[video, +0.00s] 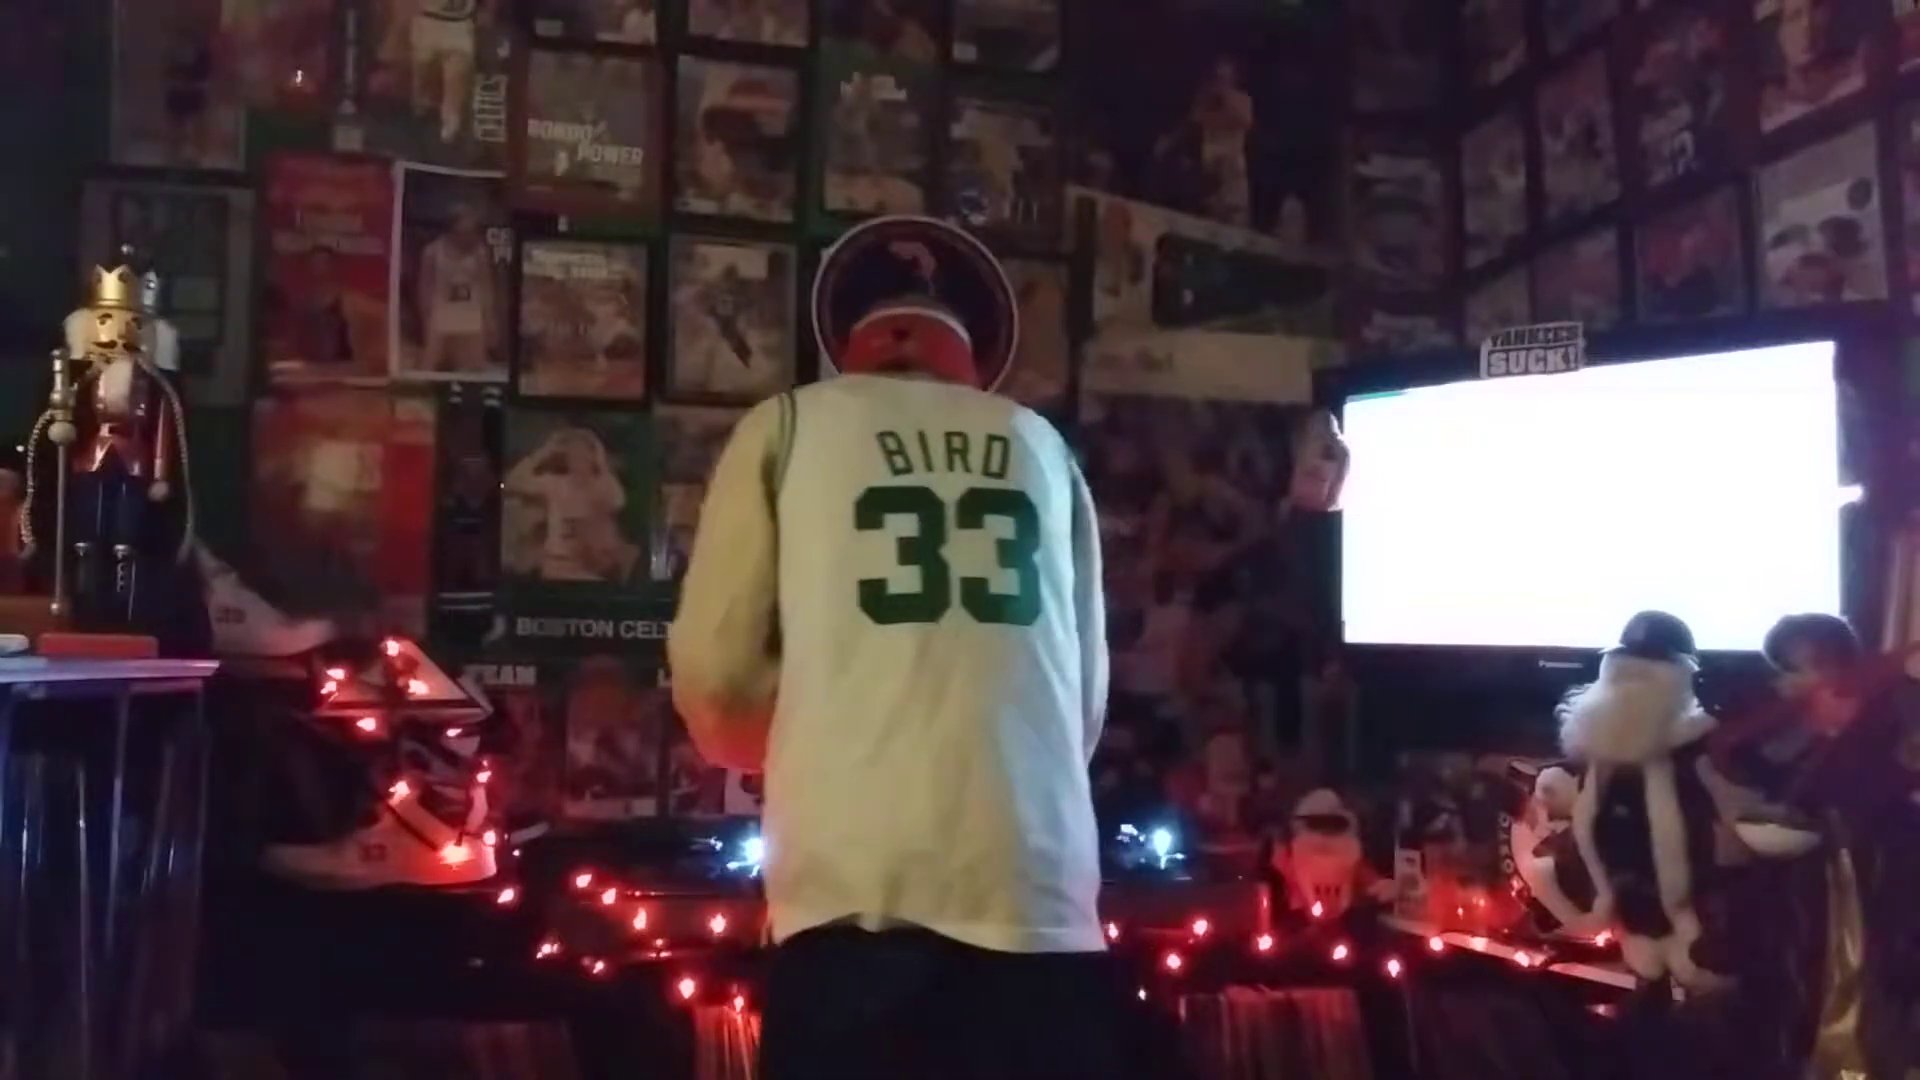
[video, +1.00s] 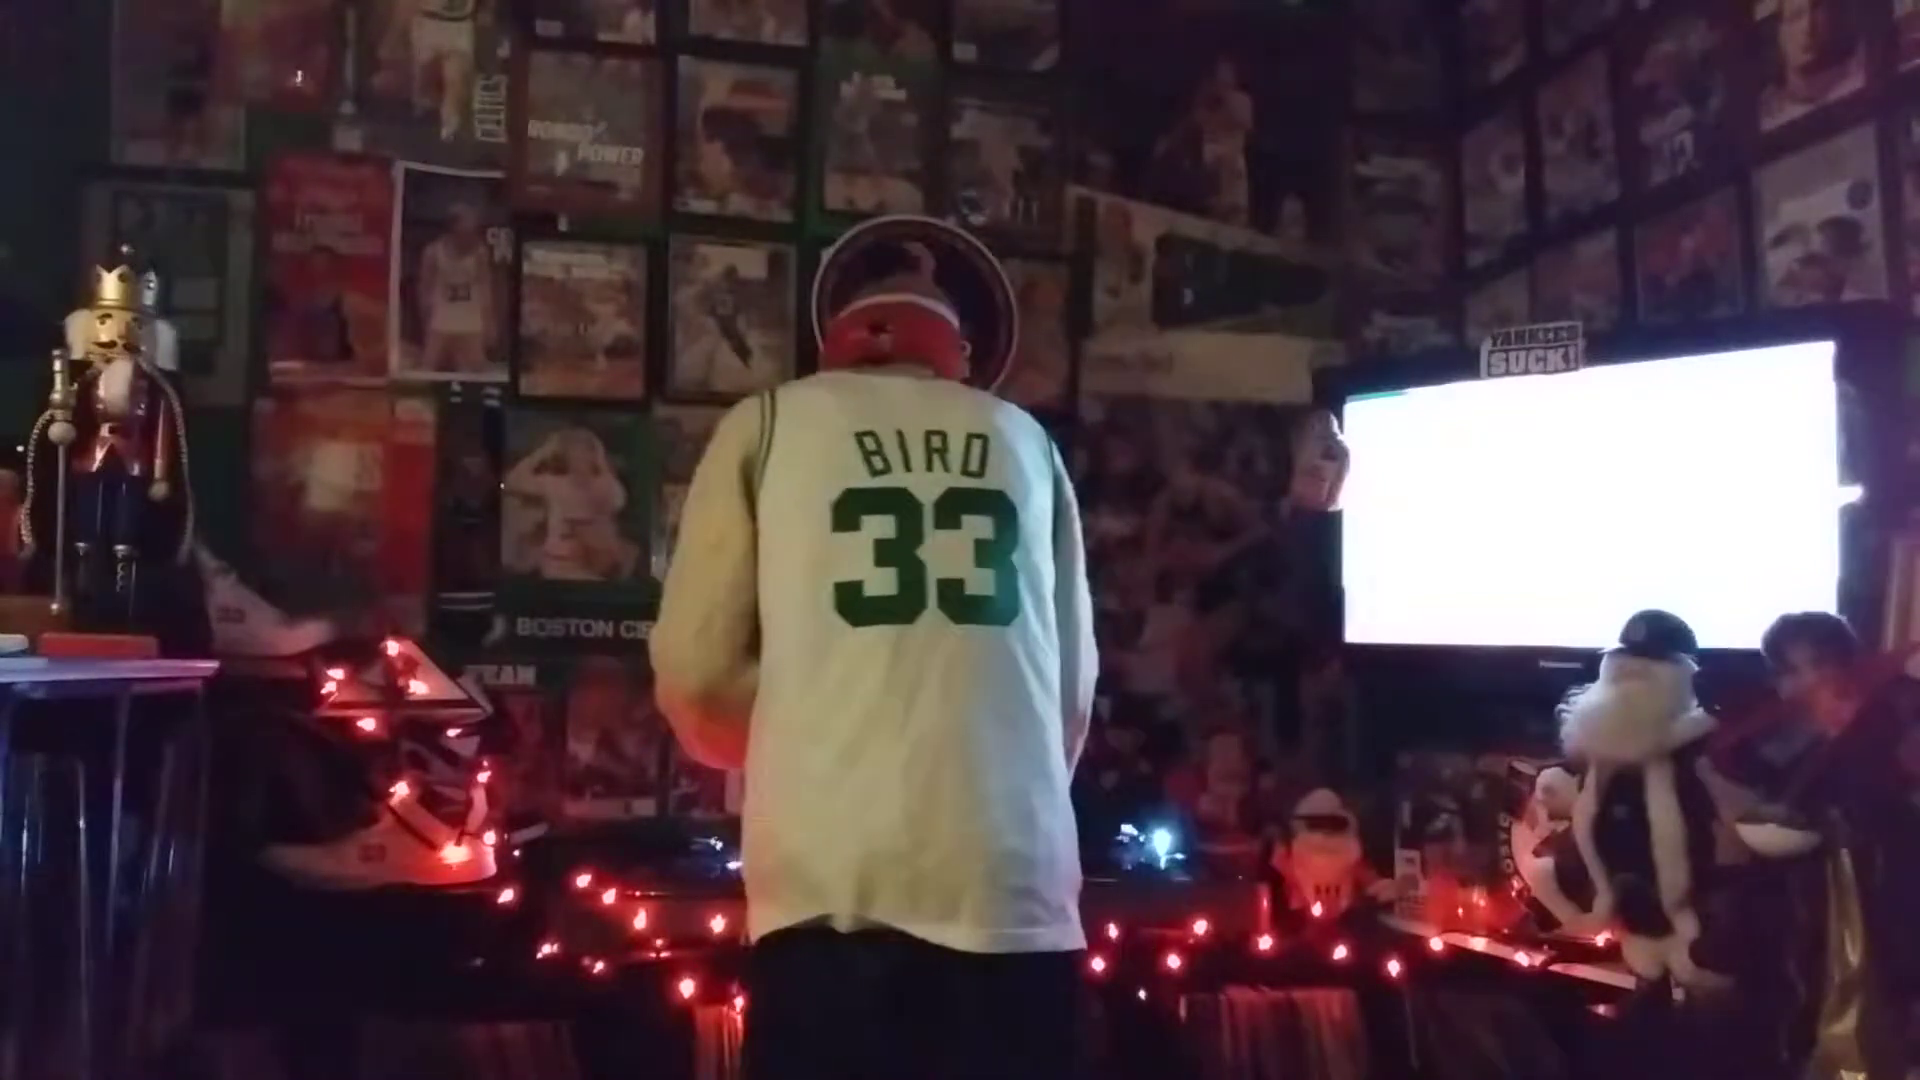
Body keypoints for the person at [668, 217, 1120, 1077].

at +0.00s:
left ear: (840, 344)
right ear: (977, 349)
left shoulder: (781, 426)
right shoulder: (1050, 449)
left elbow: (712, 673)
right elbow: (1084, 703)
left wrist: (817, 767)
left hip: (847, 928)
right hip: (1043, 932)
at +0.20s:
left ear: (828, 342)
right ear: (967, 354)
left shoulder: (757, 427)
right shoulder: (1025, 447)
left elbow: (684, 671)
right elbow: (1073, 692)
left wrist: (800, 757)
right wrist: (1012, 812)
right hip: (1010, 912)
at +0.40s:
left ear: (827, 345)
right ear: (955, 361)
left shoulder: (740, 431)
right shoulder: (1013, 450)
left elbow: (670, 673)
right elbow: (1064, 691)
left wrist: (791, 758)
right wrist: (1016, 815)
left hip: (799, 905)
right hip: (992, 904)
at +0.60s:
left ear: (826, 342)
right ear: (953, 359)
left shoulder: (736, 431)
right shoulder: (1009, 449)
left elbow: (665, 670)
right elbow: (1060, 691)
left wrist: (783, 758)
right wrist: (1013, 820)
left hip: (790, 901)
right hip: (983, 902)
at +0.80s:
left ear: (824, 338)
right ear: (955, 354)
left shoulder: (743, 428)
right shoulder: (1015, 446)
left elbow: (673, 672)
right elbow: (1062, 691)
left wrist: (791, 755)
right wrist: (1010, 818)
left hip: (800, 893)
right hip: (992, 894)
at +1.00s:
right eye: (948, 321)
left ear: (828, 337)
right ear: (963, 348)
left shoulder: (763, 424)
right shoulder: (1031, 442)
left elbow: (695, 675)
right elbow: (1070, 699)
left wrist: (814, 755)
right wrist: (985, 786)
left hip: (821, 900)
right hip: (1015, 902)